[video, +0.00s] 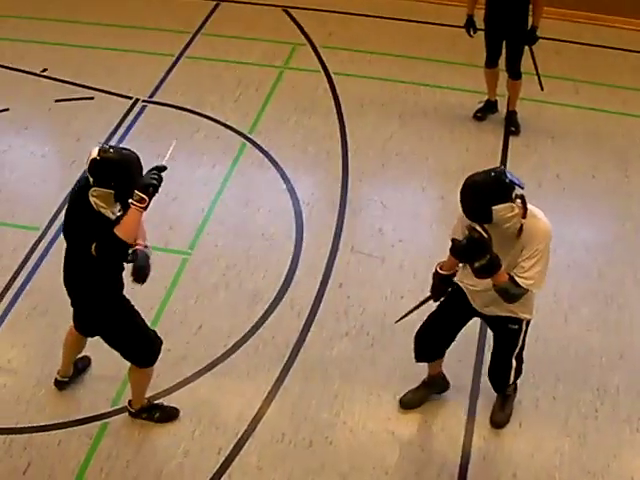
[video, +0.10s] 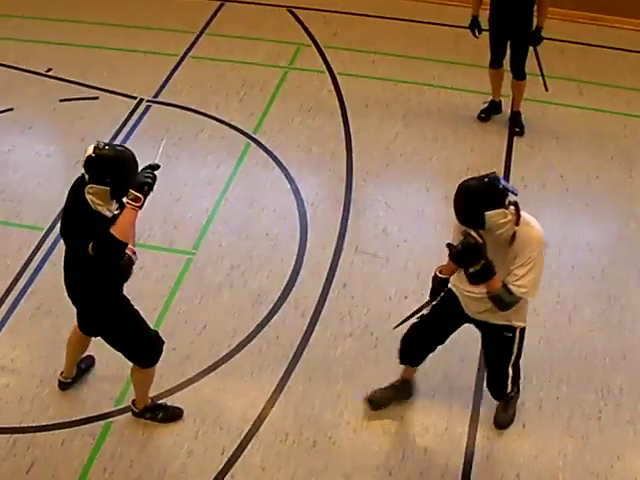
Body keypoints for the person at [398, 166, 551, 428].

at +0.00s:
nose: (478, 223)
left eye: (483, 219)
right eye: (475, 218)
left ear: (503, 211)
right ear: (477, 214)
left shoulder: (537, 230)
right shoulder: (473, 213)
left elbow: (515, 296)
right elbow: (458, 249)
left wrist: (489, 265)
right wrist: (443, 276)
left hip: (510, 307)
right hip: (469, 290)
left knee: (501, 373)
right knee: (429, 339)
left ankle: (506, 394)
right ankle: (435, 379)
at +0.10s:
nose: (469, 229)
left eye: (473, 224)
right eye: (466, 224)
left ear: (492, 216)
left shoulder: (530, 237)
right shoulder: (470, 220)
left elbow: (507, 302)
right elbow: (459, 253)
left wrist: (481, 266)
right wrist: (444, 274)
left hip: (502, 315)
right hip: (461, 296)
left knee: (498, 381)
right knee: (415, 341)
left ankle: (507, 398)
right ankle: (404, 384)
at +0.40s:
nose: (422, 241)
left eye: (425, 236)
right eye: (420, 236)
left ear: (445, 230)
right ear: (434, 230)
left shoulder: (478, 253)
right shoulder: (433, 233)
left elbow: (447, 314)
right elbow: (417, 262)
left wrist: (423, 282)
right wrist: (404, 277)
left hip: (456, 332)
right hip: (417, 309)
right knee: (366, 354)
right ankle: (353, 396)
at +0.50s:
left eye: (422, 238)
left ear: (440, 229)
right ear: (422, 236)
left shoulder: (474, 251)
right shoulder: (424, 238)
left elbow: (445, 315)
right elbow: (405, 266)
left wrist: (420, 285)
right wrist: (393, 290)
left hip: (461, 329)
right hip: (421, 311)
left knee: (470, 399)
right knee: (370, 355)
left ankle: (502, 395)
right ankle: (358, 396)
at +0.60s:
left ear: (439, 233)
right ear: (422, 241)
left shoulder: (473, 254)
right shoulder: (420, 243)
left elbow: (447, 319)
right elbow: (404, 268)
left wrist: (419, 290)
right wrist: (393, 291)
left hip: (469, 329)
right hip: (425, 313)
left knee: (482, 397)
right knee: (375, 355)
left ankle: (507, 396)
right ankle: (359, 397)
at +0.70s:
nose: (419, 256)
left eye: (421, 251)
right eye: (416, 252)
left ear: (438, 238)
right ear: (418, 246)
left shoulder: (470, 257)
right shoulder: (421, 246)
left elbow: (448, 323)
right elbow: (406, 271)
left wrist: (416, 294)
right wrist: (397, 293)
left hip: (468, 330)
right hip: (423, 316)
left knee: (483, 401)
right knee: (372, 358)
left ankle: (506, 396)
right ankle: (358, 397)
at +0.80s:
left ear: (431, 239)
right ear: (421, 247)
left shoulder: (468, 260)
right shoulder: (420, 249)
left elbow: (447, 326)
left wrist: (414, 296)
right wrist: (401, 288)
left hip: (465, 335)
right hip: (421, 318)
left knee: (481, 402)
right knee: (362, 360)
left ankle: (506, 396)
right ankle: (356, 394)